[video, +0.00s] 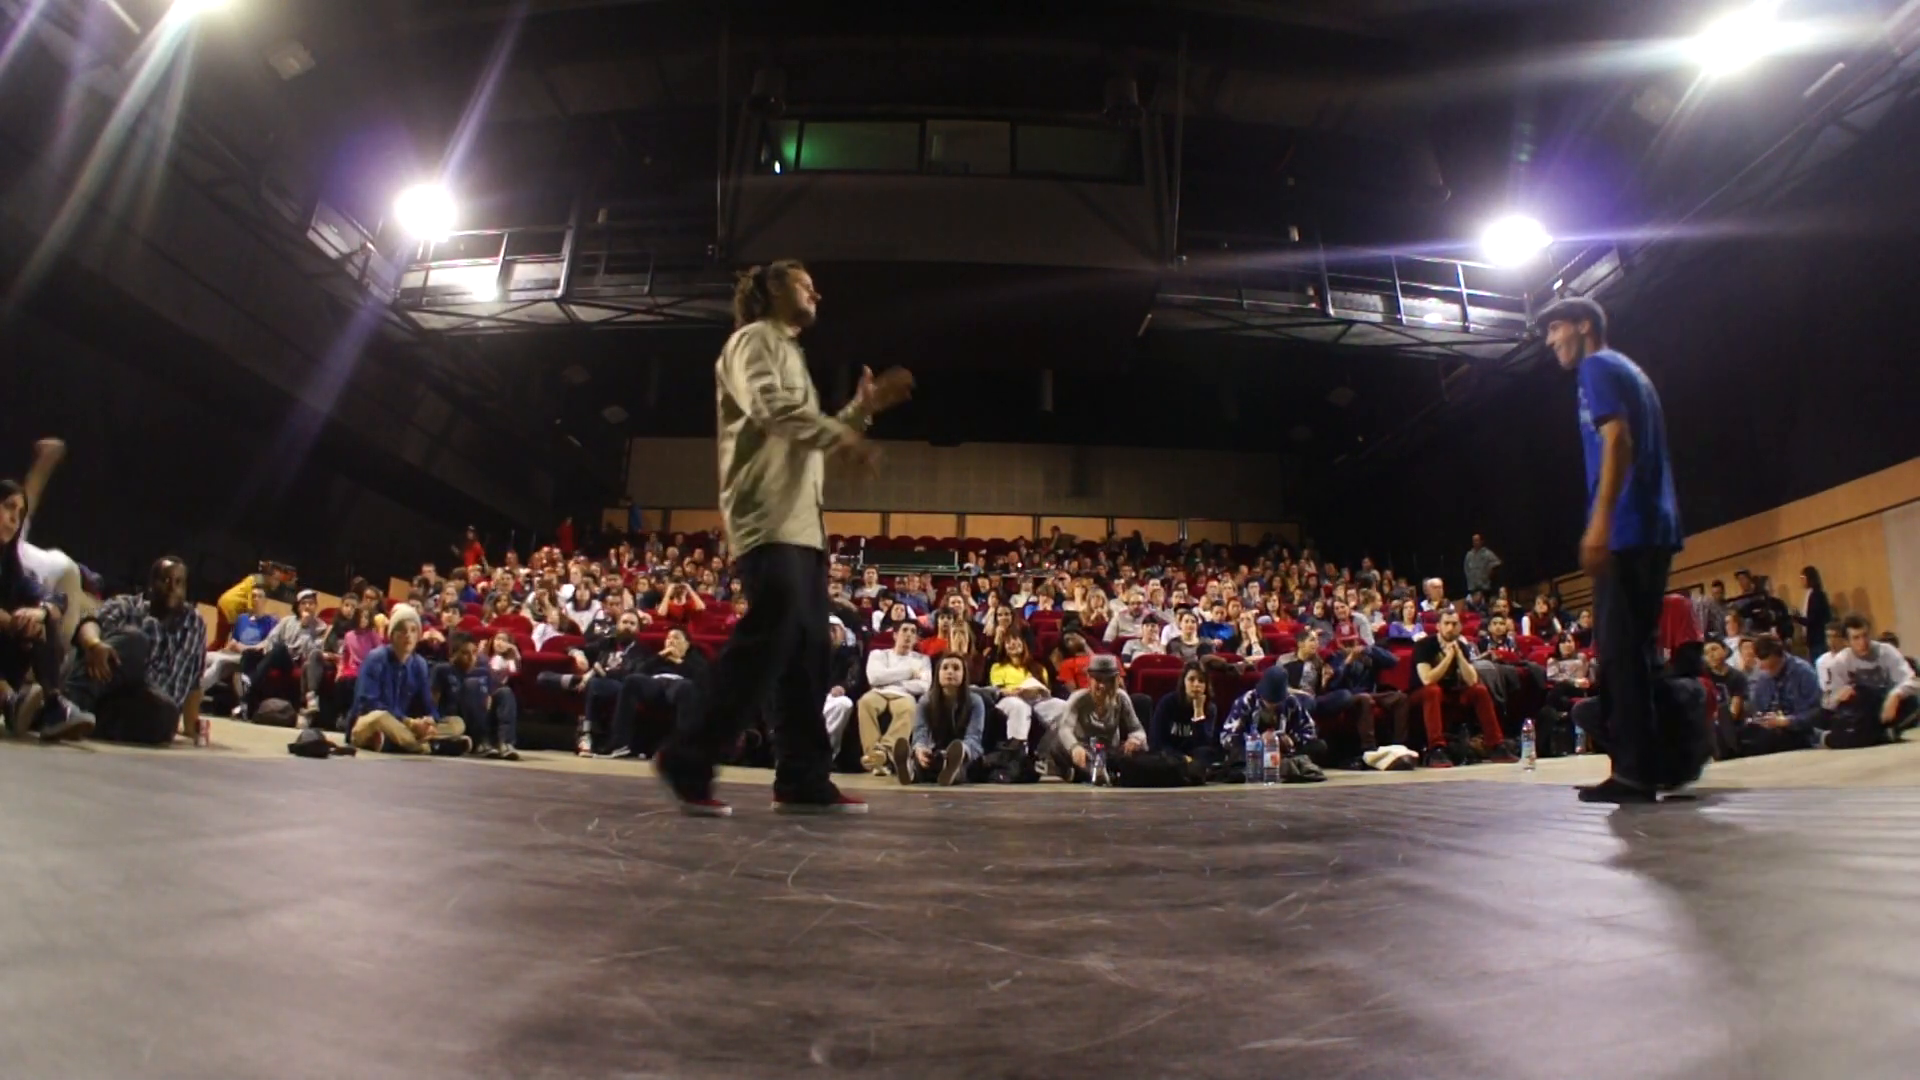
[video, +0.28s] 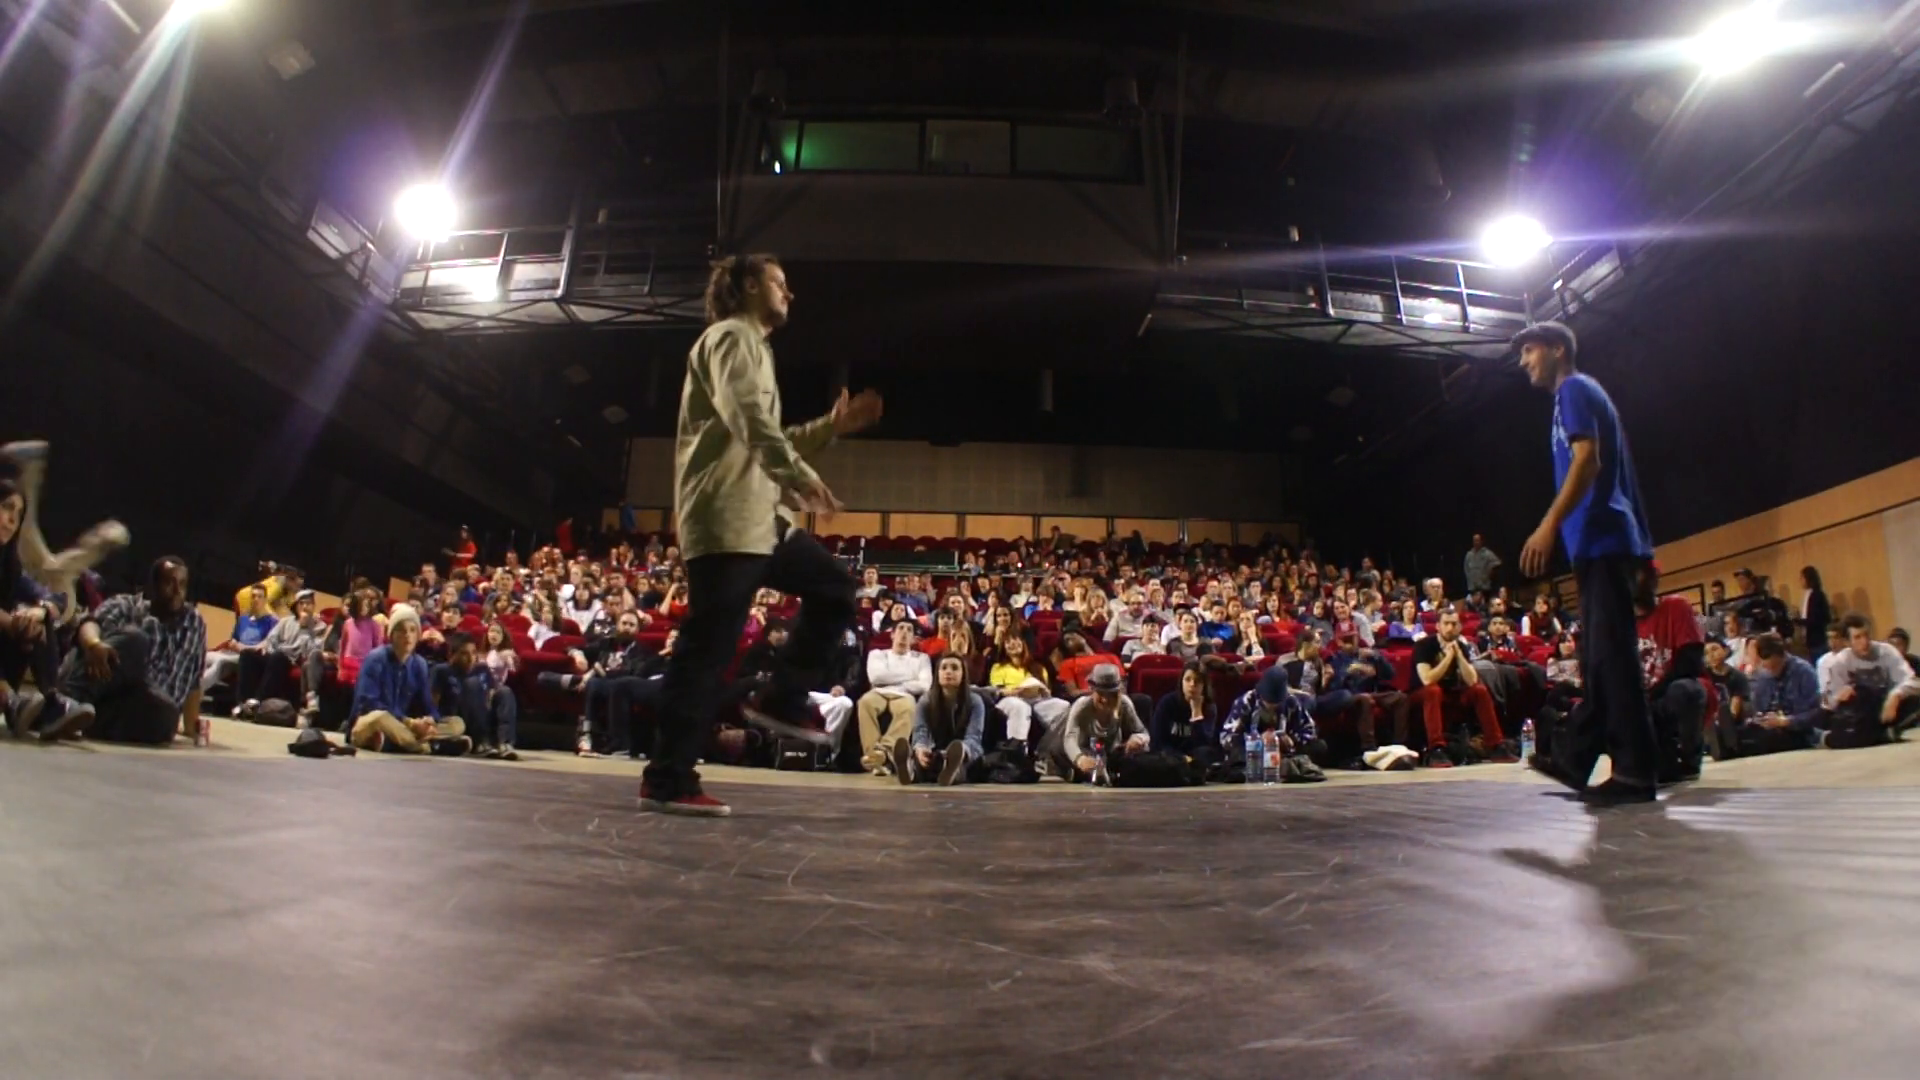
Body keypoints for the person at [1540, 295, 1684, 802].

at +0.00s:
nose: (1551, 341)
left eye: (1556, 330)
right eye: (1548, 333)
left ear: (1586, 327)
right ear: (1588, 332)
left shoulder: (1597, 367)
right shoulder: (1624, 369)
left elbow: (1617, 439)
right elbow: (1638, 450)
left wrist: (1599, 522)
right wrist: (1622, 522)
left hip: (1627, 531)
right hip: (1650, 530)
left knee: (1619, 650)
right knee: (1632, 649)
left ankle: (1632, 772)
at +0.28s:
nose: (1523, 361)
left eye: (1529, 351)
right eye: (1522, 355)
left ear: (1558, 350)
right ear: (1553, 354)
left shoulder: (1574, 388)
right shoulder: (1578, 394)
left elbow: (1587, 460)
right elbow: (1604, 472)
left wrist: (1547, 527)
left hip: (1604, 542)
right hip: (1603, 543)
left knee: (1612, 654)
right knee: (1598, 655)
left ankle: (1635, 774)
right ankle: (1574, 761)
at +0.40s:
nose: (1515, 373)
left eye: (1521, 363)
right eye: (1513, 367)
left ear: (1548, 362)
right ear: (1534, 370)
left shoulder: (1572, 399)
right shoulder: (1551, 417)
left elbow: (1586, 472)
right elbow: (1575, 488)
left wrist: (1552, 535)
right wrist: (1563, 557)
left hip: (1598, 549)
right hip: (1577, 554)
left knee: (1607, 658)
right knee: (1577, 661)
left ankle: (1634, 772)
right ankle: (1570, 767)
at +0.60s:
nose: (1502, 381)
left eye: (1508, 371)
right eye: (1499, 376)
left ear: (1535, 372)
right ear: (1505, 386)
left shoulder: (1565, 405)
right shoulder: (1519, 441)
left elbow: (1593, 474)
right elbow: (1536, 511)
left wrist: (1582, 543)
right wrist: (1537, 571)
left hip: (1590, 554)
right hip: (1554, 564)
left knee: (1608, 662)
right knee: (1560, 669)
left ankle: (1625, 768)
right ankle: (1569, 766)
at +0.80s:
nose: (1499, 390)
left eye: (1505, 380)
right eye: (1495, 385)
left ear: (1531, 379)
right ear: (1501, 394)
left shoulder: (1565, 412)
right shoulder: (1512, 449)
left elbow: (1596, 479)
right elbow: (1527, 513)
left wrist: (1599, 549)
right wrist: (1522, 573)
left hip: (1588, 564)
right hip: (1547, 576)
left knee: (1619, 663)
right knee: (1557, 674)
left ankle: (1640, 766)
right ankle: (1568, 768)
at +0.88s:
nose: (1501, 390)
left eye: (1507, 380)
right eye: (1498, 385)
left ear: (1533, 379)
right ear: (1503, 394)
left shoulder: (1569, 413)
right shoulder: (1514, 450)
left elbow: (1597, 480)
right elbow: (1527, 515)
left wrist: (1600, 549)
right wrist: (1524, 575)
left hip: (1589, 565)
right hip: (1548, 576)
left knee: (1620, 667)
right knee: (1559, 676)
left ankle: (1643, 766)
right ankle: (1568, 768)